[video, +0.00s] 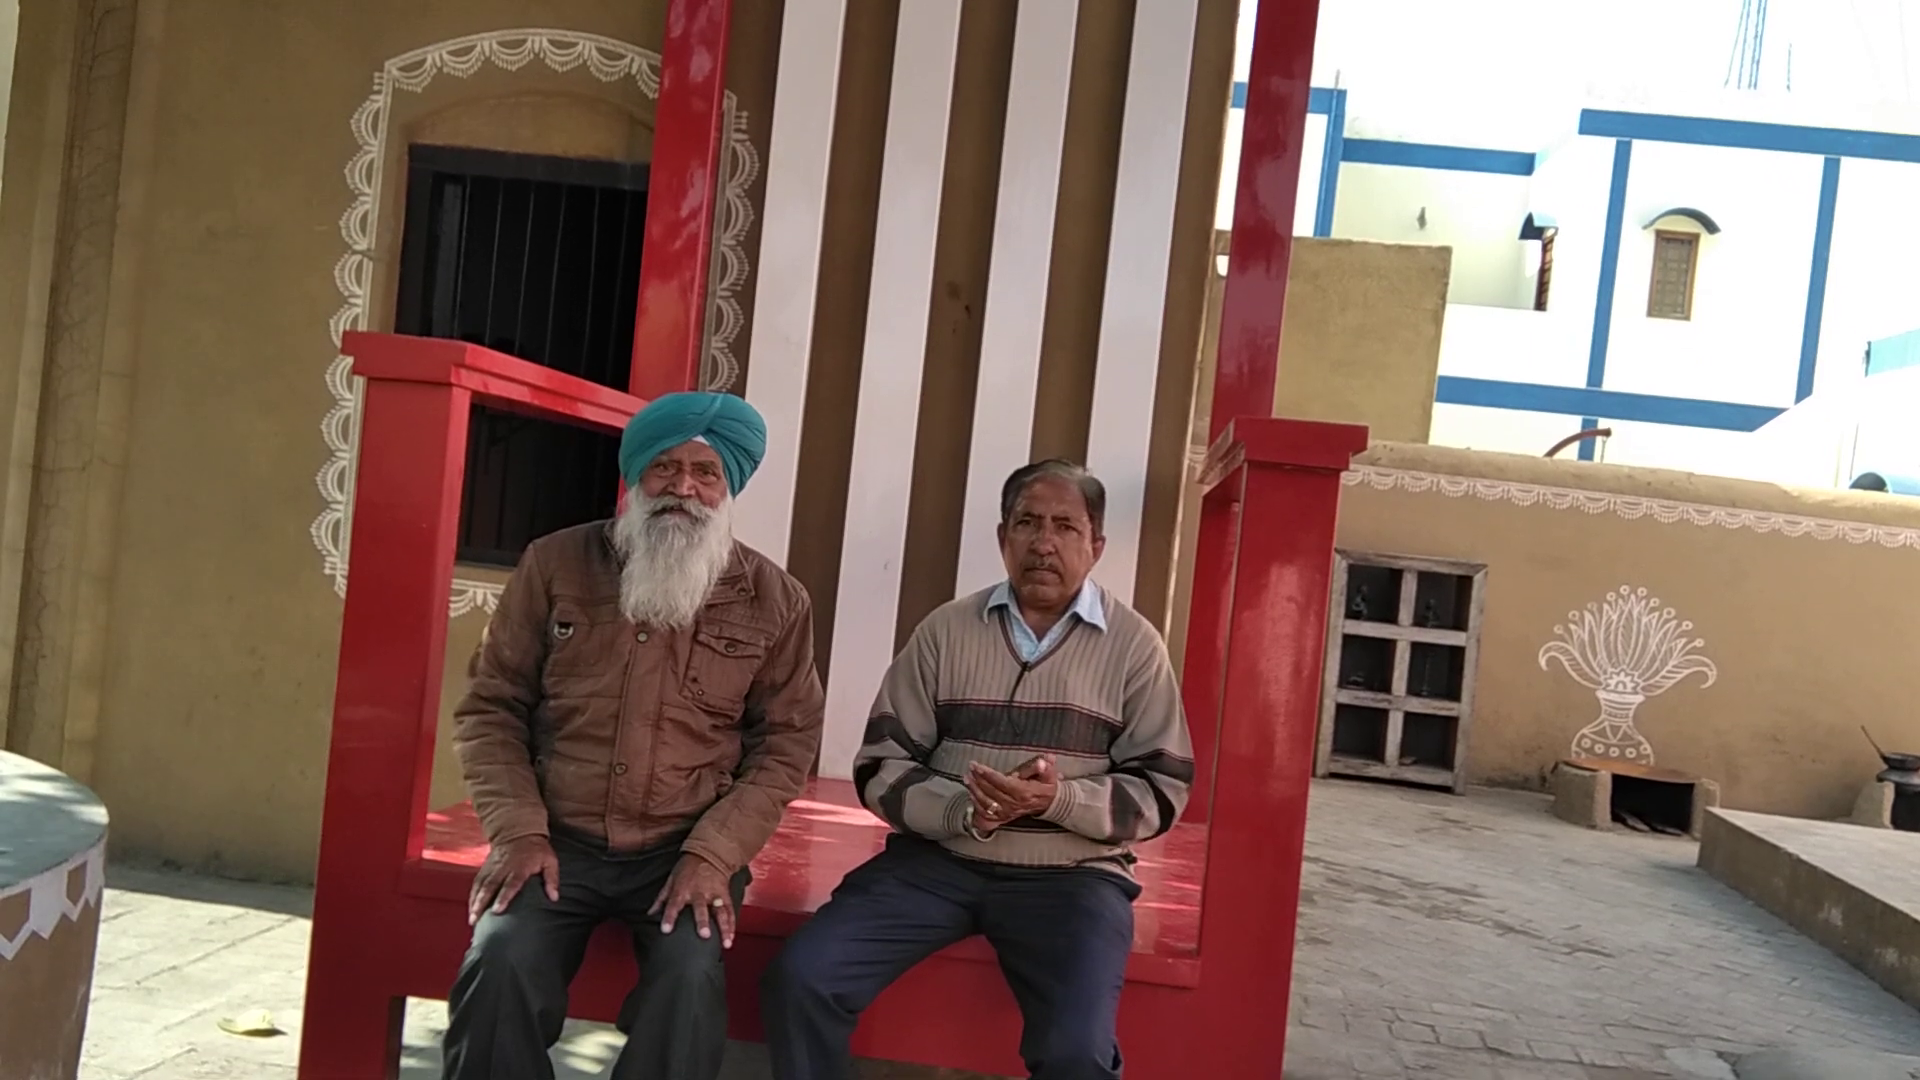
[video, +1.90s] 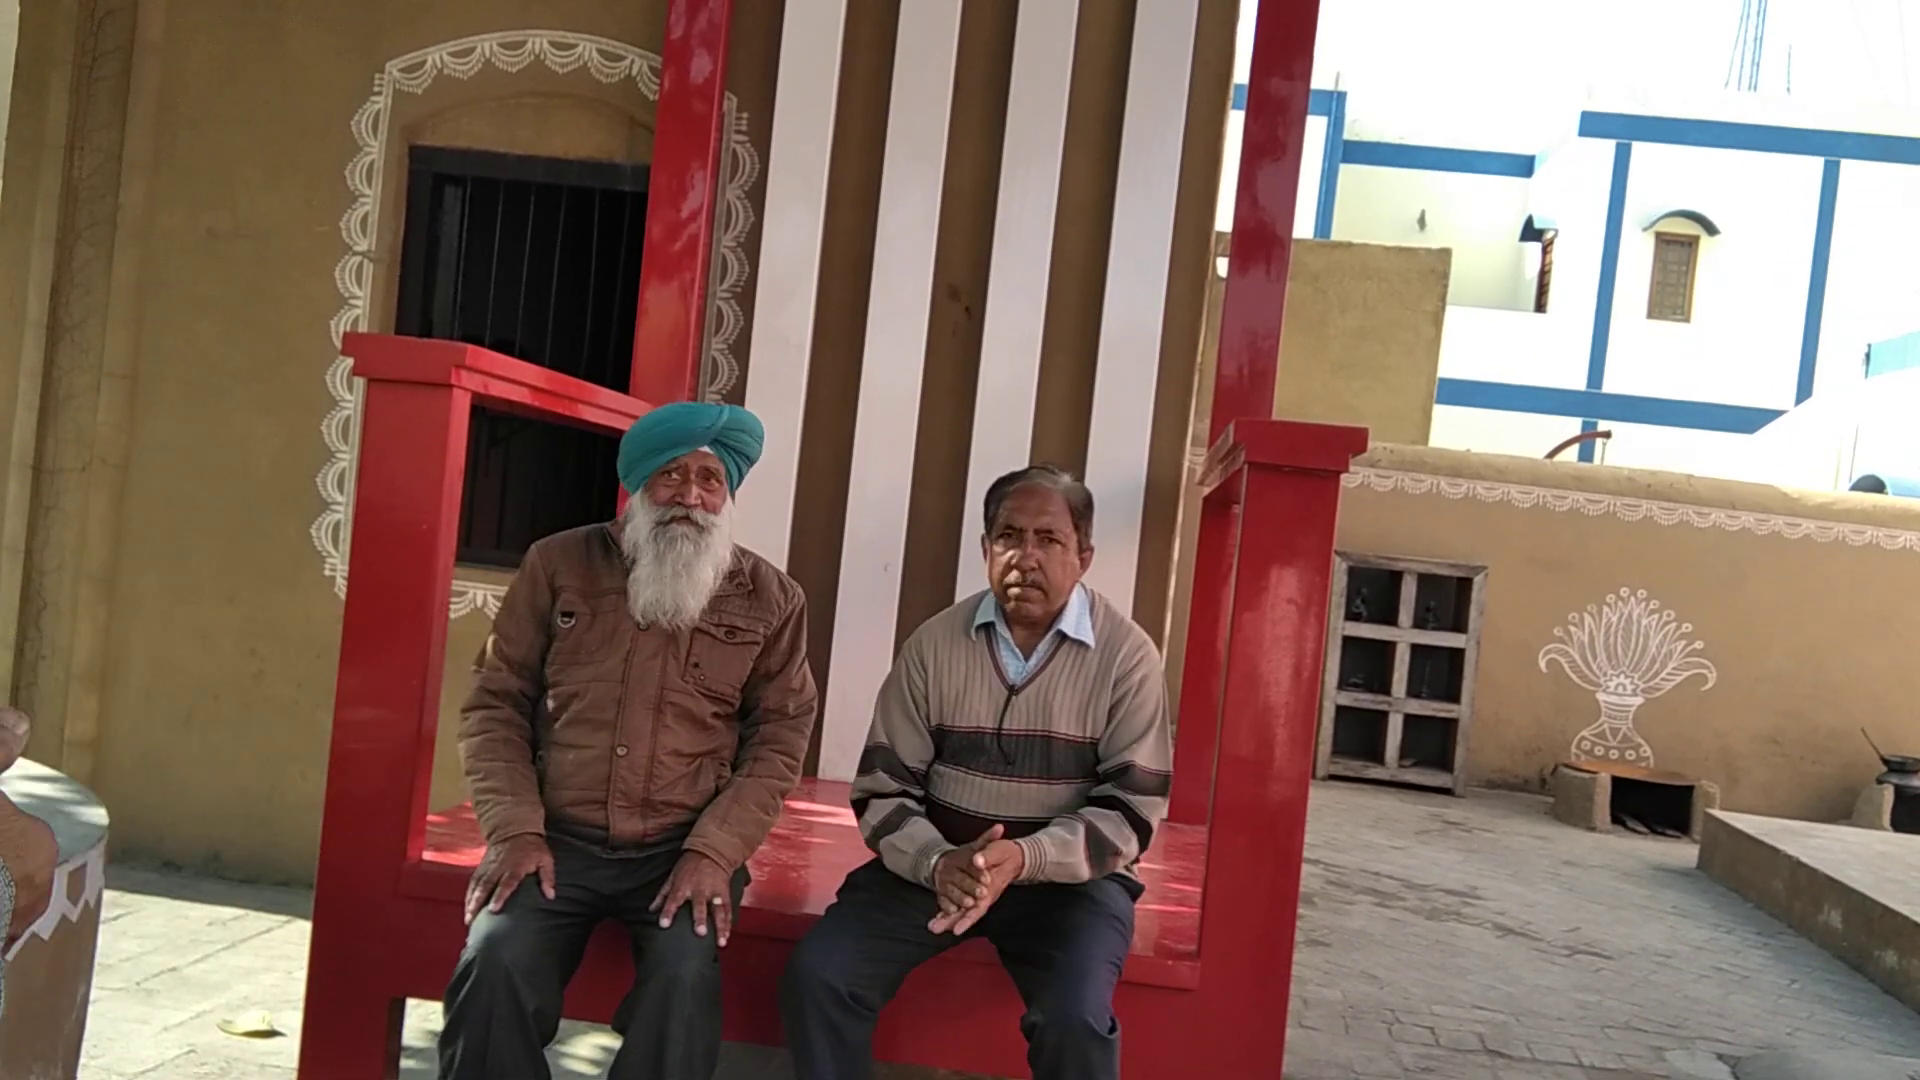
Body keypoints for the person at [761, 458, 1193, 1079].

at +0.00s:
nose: (1045, 543)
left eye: (1065, 527)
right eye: (1029, 524)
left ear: (1096, 548)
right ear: (1003, 541)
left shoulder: (1136, 647)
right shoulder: (944, 632)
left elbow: (1160, 790)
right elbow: (880, 766)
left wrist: (1062, 801)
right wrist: (963, 806)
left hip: (1071, 879)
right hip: (935, 862)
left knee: (1076, 1051)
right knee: (801, 980)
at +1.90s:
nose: (1024, 557)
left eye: (1047, 540)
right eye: (1009, 537)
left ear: (1083, 559)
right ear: (986, 550)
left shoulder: (1128, 659)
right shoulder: (933, 646)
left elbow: (1127, 816)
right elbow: (882, 790)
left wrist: (1021, 858)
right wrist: (937, 863)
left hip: (1068, 877)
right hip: (928, 860)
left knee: (1074, 1022)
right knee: (819, 977)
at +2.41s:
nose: (1016, 459)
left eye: (1043, 438)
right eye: (999, 435)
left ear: (1088, 456)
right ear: (977, 445)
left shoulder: (1149, 565)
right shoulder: (928, 557)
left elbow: (1176, 751)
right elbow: (870, 730)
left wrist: (1132, 905)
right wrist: (871, 892)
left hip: (1086, 849)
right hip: (948, 837)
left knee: (1095, 1054)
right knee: (849, 1029)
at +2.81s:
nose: (1071, 363)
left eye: (1098, 342)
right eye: (1062, 342)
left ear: (1166, 367)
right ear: (1046, 353)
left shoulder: (1234, 499)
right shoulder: (995, 477)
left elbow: (1276, 702)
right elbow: (941, 645)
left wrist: (1235, 870)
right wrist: (953, 778)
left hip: (1152, 839)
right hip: (997, 810)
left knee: (1123, 1065)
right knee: (948, 1028)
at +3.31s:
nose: (1054, 323)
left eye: (1082, 291)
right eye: (1028, 303)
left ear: (1146, 314)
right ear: (1010, 334)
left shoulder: (1251, 439)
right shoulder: (966, 497)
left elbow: (1329, 656)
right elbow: (921, 713)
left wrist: (1310, 856)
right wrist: (921, 901)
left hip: (1231, 893)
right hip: (1037, 894)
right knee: (1004, 1063)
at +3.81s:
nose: (1098, 302)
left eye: (1130, 267)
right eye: (1069, 277)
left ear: (1202, 291)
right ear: (1046, 311)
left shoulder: (1328, 428)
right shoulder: (1005, 491)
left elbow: (1430, 653)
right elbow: (969, 734)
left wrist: (1381, 834)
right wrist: (945, 950)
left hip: (1320, 936)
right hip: (1096, 938)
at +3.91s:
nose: (1136, 301)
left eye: (1170, 263)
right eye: (1108, 272)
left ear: (1248, 287)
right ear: (1087, 303)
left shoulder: (1378, 438)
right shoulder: (1041, 491)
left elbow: (1467, 692)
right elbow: (1003, 736)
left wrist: (1401, 862)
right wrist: (986, 950)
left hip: (1328, 968)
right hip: (1102, 957)